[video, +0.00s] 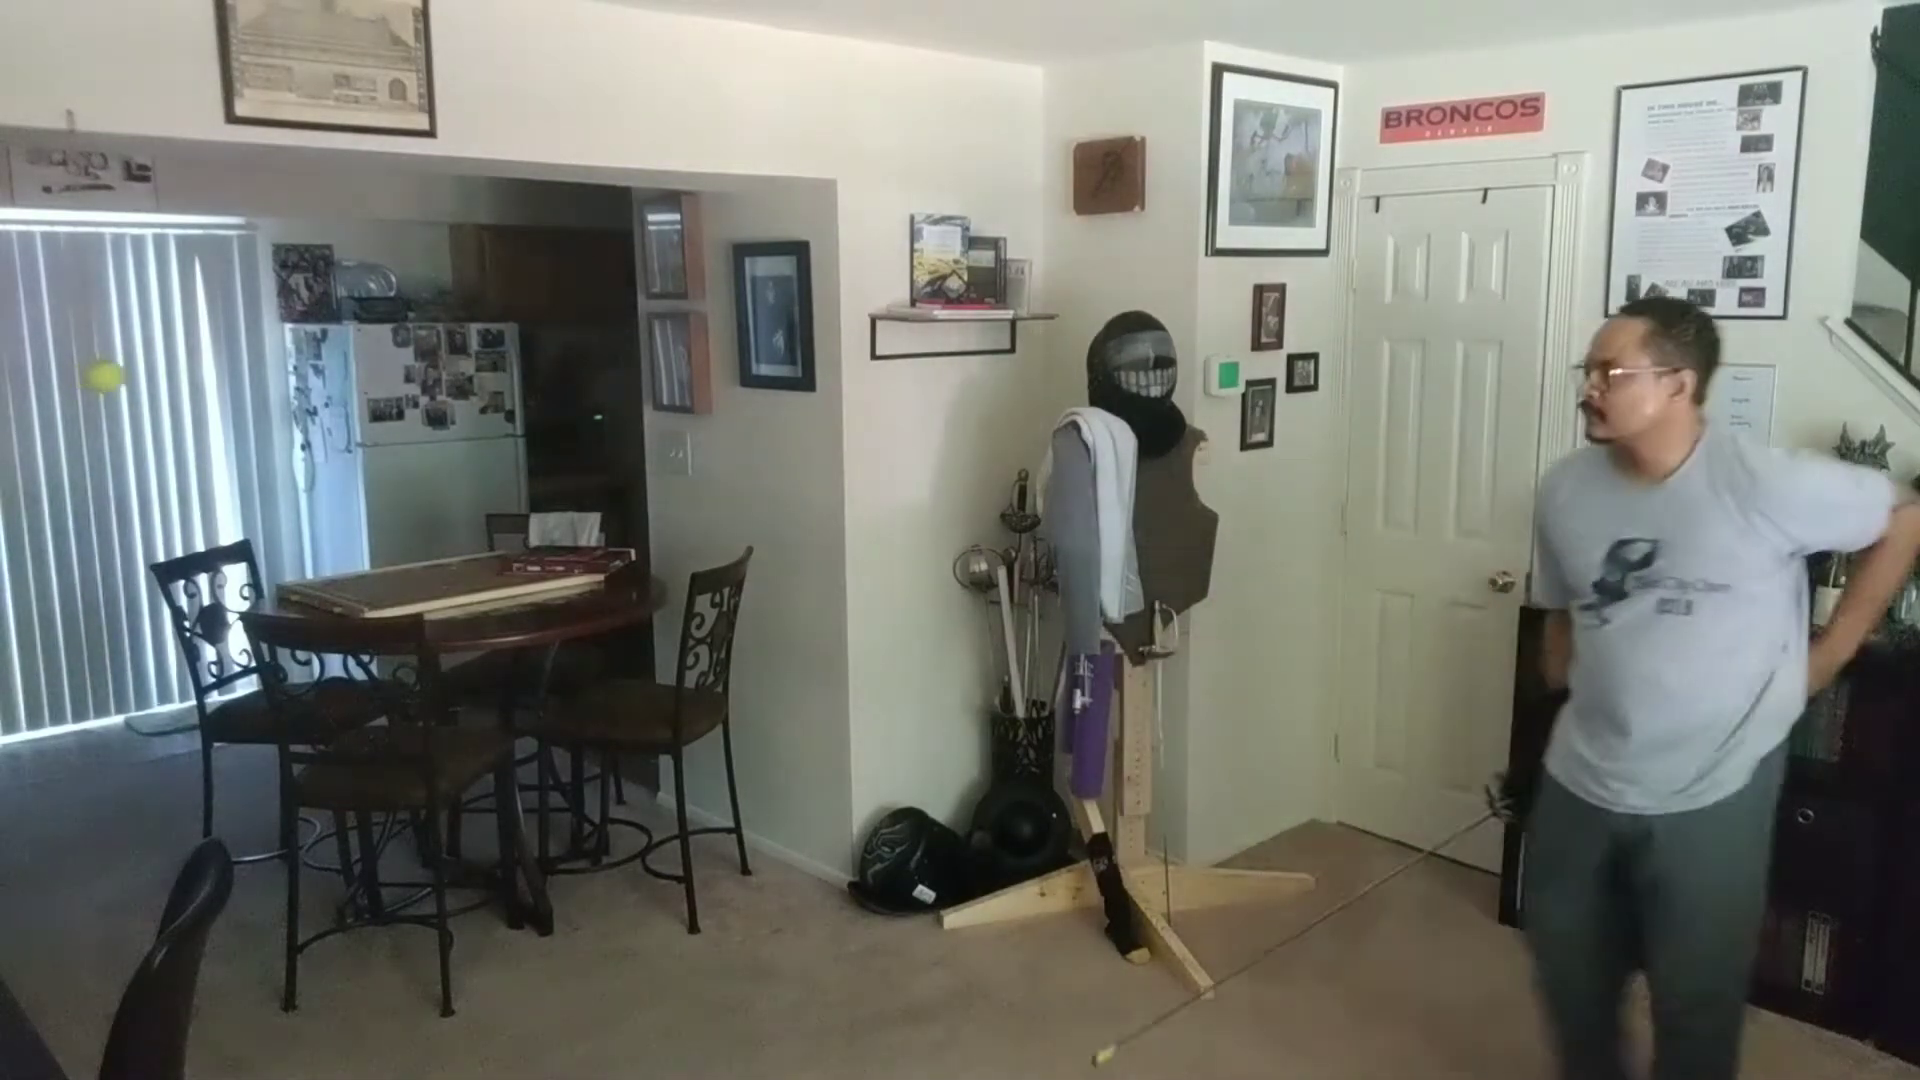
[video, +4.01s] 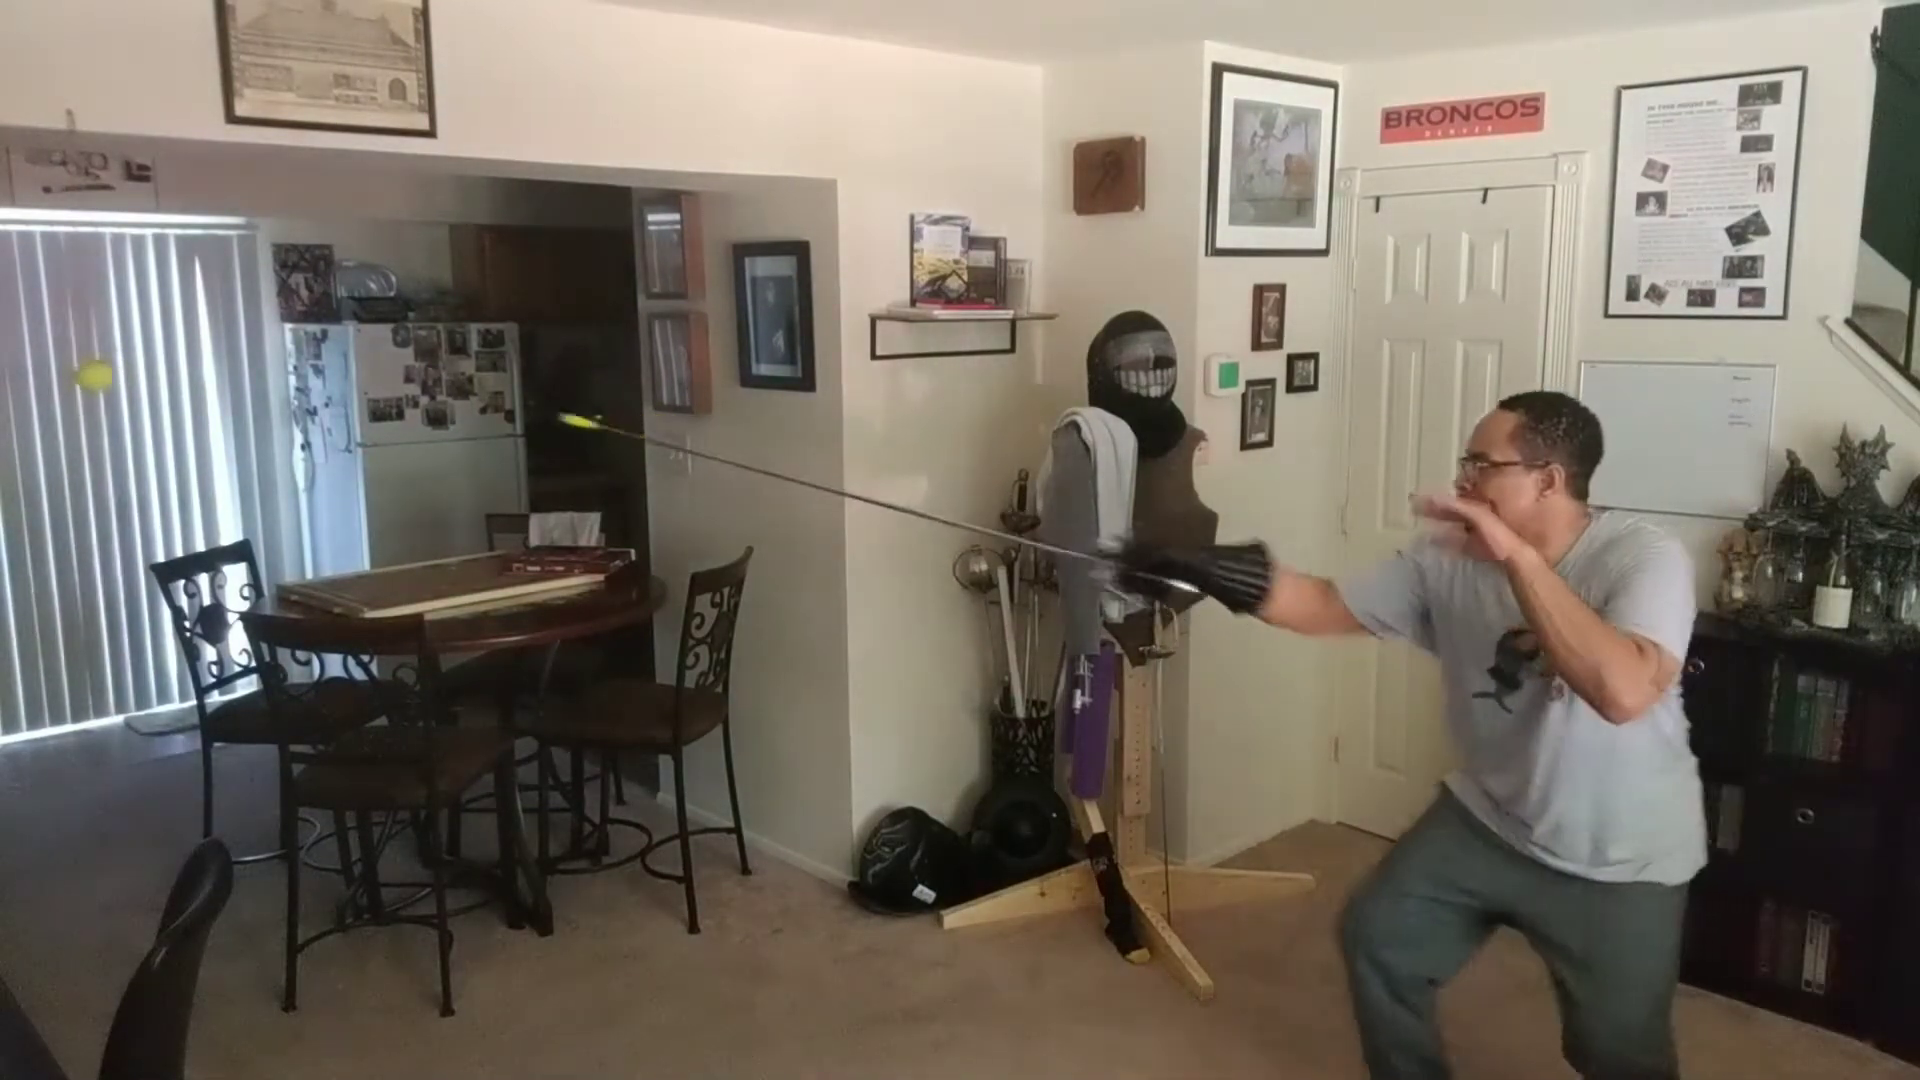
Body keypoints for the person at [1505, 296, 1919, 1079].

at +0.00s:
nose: (1587, 389)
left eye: (1608, 373)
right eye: (1587, 372)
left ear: (1675, 386)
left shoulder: (1763, 483)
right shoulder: (1565, 487)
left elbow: (1904, 518)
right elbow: (1560, 607)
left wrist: (1828, 657)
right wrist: (1563, 675)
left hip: (1716, 798)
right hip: (1579, 783)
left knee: (1696, 1022)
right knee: (1572, 1003)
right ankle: (1592, 1070)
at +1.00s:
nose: (1725, 387)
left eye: (1748, 370)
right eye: (1725, 370)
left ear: (1817, 380)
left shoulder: (1901, 487)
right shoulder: (1691, 501)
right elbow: (1609, 627)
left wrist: (1912, 734)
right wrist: (1547, 719)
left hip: (1857, 801)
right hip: (1710, 782)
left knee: (1843, 1016)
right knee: (1633, 925)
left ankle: (1809, 1074)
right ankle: (1683, 1069)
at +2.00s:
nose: (1645, 502)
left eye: (1666, 486)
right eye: (1648, 486)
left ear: (1736, 500)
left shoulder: (1837, 569)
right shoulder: (1644, 590)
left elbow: (1804, 697)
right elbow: (1527, 654)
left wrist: (1679, 578)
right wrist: (1419, 615)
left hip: (1877, 877)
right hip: (1729, 835)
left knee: (1838, 1067)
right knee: (1613, 1025)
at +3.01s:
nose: (1625, 482)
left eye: (1646, 466)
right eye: (1628, 465)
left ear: (1716, 482)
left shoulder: (1812, 559)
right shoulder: (1612, 568)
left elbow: (1780, 687)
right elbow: (1498, 632)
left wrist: (1675, 558)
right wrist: (1386, 585)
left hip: (1826, 866)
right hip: (1670, 826)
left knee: (1832, 1056)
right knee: (1559, 966)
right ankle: (1487, 1074)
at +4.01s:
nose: (1463, 482)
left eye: (1483, 467)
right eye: (1466, 464)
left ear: (1547, 481)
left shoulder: (1647, 560)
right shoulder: (1449, 561)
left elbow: (1626, 690)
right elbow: (1324, 605)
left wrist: (1520, 556)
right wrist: (1202, 564)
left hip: (1621, 867)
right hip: (1487, 821)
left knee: (1622, 1055)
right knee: (1379, 938)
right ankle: (1412, 1071)